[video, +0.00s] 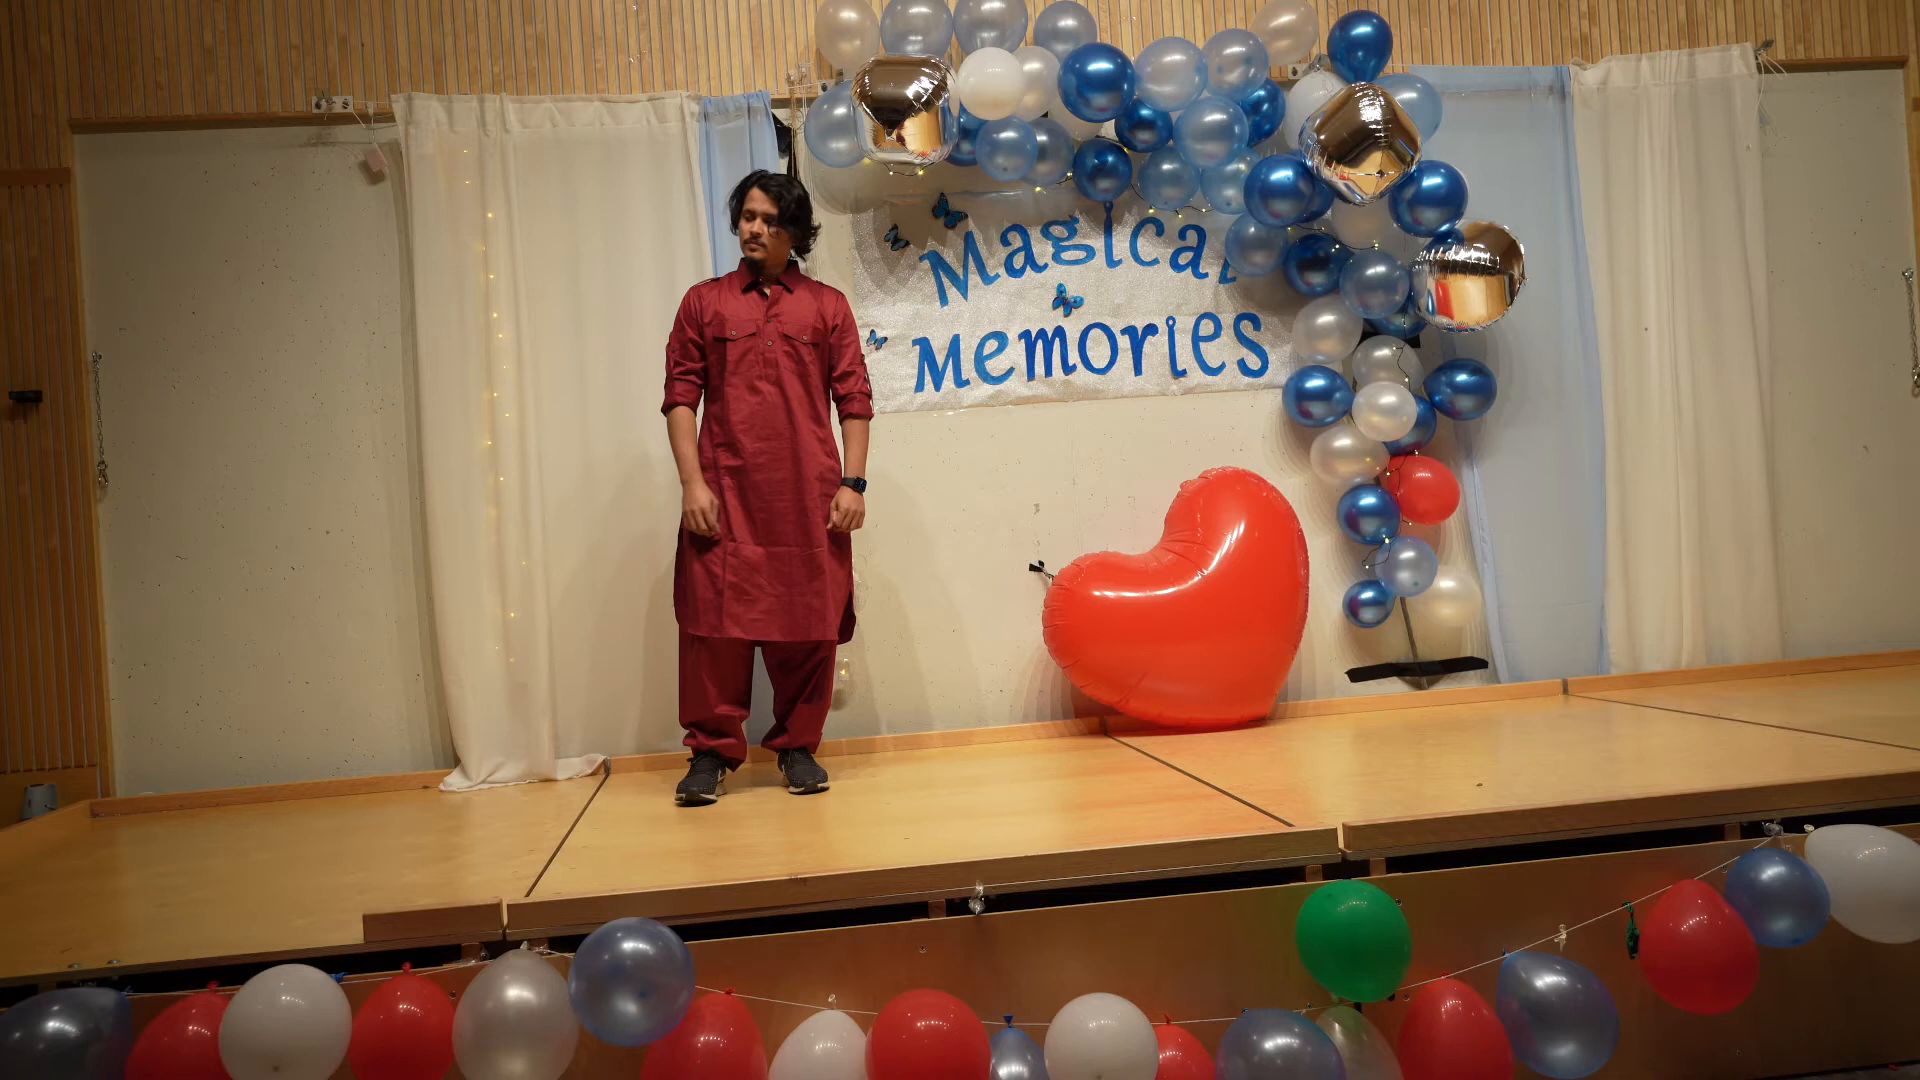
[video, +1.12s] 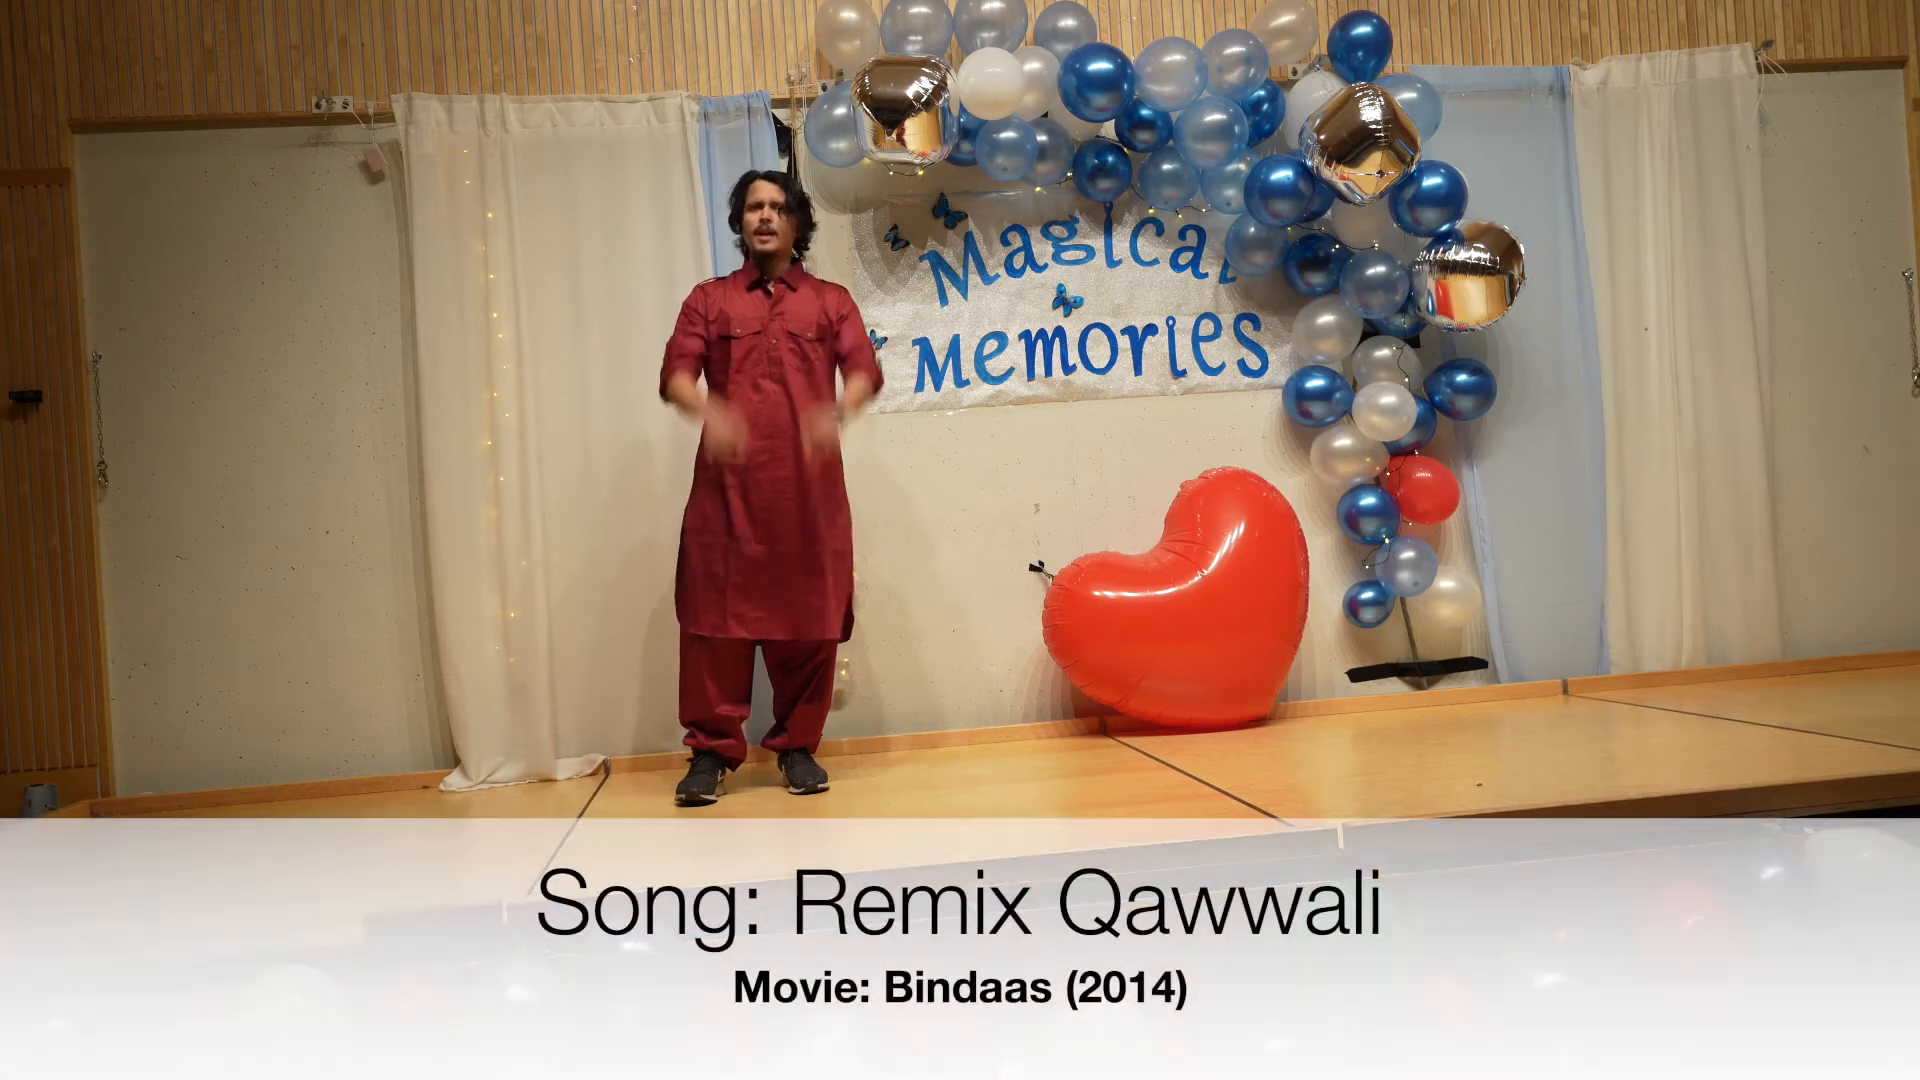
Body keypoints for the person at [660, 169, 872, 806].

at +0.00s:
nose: (753, 228)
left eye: (767, 219)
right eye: (746, 217)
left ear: (794, 230)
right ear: (736, 223)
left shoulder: (827, 305)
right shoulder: (704, 302)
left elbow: (854, 399)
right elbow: (680, 398)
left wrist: (854, 481)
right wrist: (692, 482)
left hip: (806, 491)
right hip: (723, 491)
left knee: (807, 625)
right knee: (713, 623)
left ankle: (799, 748)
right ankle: (710, 751)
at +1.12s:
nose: (763, 218)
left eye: (776, 208)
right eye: (753, 208)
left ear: (799, 223)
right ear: (738, 223)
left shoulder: (830, 299)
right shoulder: (709, 298)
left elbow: (865, 373)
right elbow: (676, 378)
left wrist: (838, 413)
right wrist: (713, 412)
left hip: (806, 484)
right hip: (727, 485)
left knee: (809, 617)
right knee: (713, 616)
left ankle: (799, 748)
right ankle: (710, 752)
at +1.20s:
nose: (765, 214)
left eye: (776, 205)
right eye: (754, 205)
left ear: (798, 222)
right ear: (738, 223)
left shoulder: (828, 296)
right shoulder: (712, 297)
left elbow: (871, 354)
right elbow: (673, 359)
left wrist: (838, 341)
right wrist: (715, 349)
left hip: (809, 483)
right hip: (729, 484)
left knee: (810, 619)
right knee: (714, 617)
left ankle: (799, 749)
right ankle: (710, 753)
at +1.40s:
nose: (763, 211)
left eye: (771, 200)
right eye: (749, 202)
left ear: (790, 221)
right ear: (731, 225)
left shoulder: (822, 292)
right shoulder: (718, 296)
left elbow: (862, 280)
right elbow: (682, 298)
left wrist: (812, 234)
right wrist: (736, 239)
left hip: (814, 472)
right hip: (734, 472)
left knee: (812, 620)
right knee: (718, 616)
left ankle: (799, 749)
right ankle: (711, 752)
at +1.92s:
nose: (761, 218)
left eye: (771, 210)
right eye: (747, 213)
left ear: (791, 230)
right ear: (732, 237)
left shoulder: (833, 301)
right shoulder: (719, 306)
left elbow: (905, 308)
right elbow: (661, 330)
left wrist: (925, 262)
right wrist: (671, 285)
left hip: (825, 492)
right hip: (738, 494)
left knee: (818, 631)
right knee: (729, 627)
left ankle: (800, 750)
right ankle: (718, 752)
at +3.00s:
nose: (785, 240)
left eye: (796, 228)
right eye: (772, 228)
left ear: (812, 223)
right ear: (748, 223)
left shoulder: (836, 280)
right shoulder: (720, 289)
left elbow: (888, 341)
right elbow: (719, 358)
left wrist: (854, 328)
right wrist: (792, 328)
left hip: (837, 478)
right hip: (759, 484)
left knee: (831, 615)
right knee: (778, 619)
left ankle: (806, 747)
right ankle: (813, 757)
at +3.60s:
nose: (817, 179)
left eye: (831, 170)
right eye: (804, 166)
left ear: (847, 185)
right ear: (780, 176)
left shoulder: (863, 254)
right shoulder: (742, 257)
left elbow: (915, 283)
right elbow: (696, 343)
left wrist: (906, 210)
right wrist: (766, 369)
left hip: (864, 459)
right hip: (778, 467)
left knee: (880, 605)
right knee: (789, 616)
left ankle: (865, 741)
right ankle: (818, 764)